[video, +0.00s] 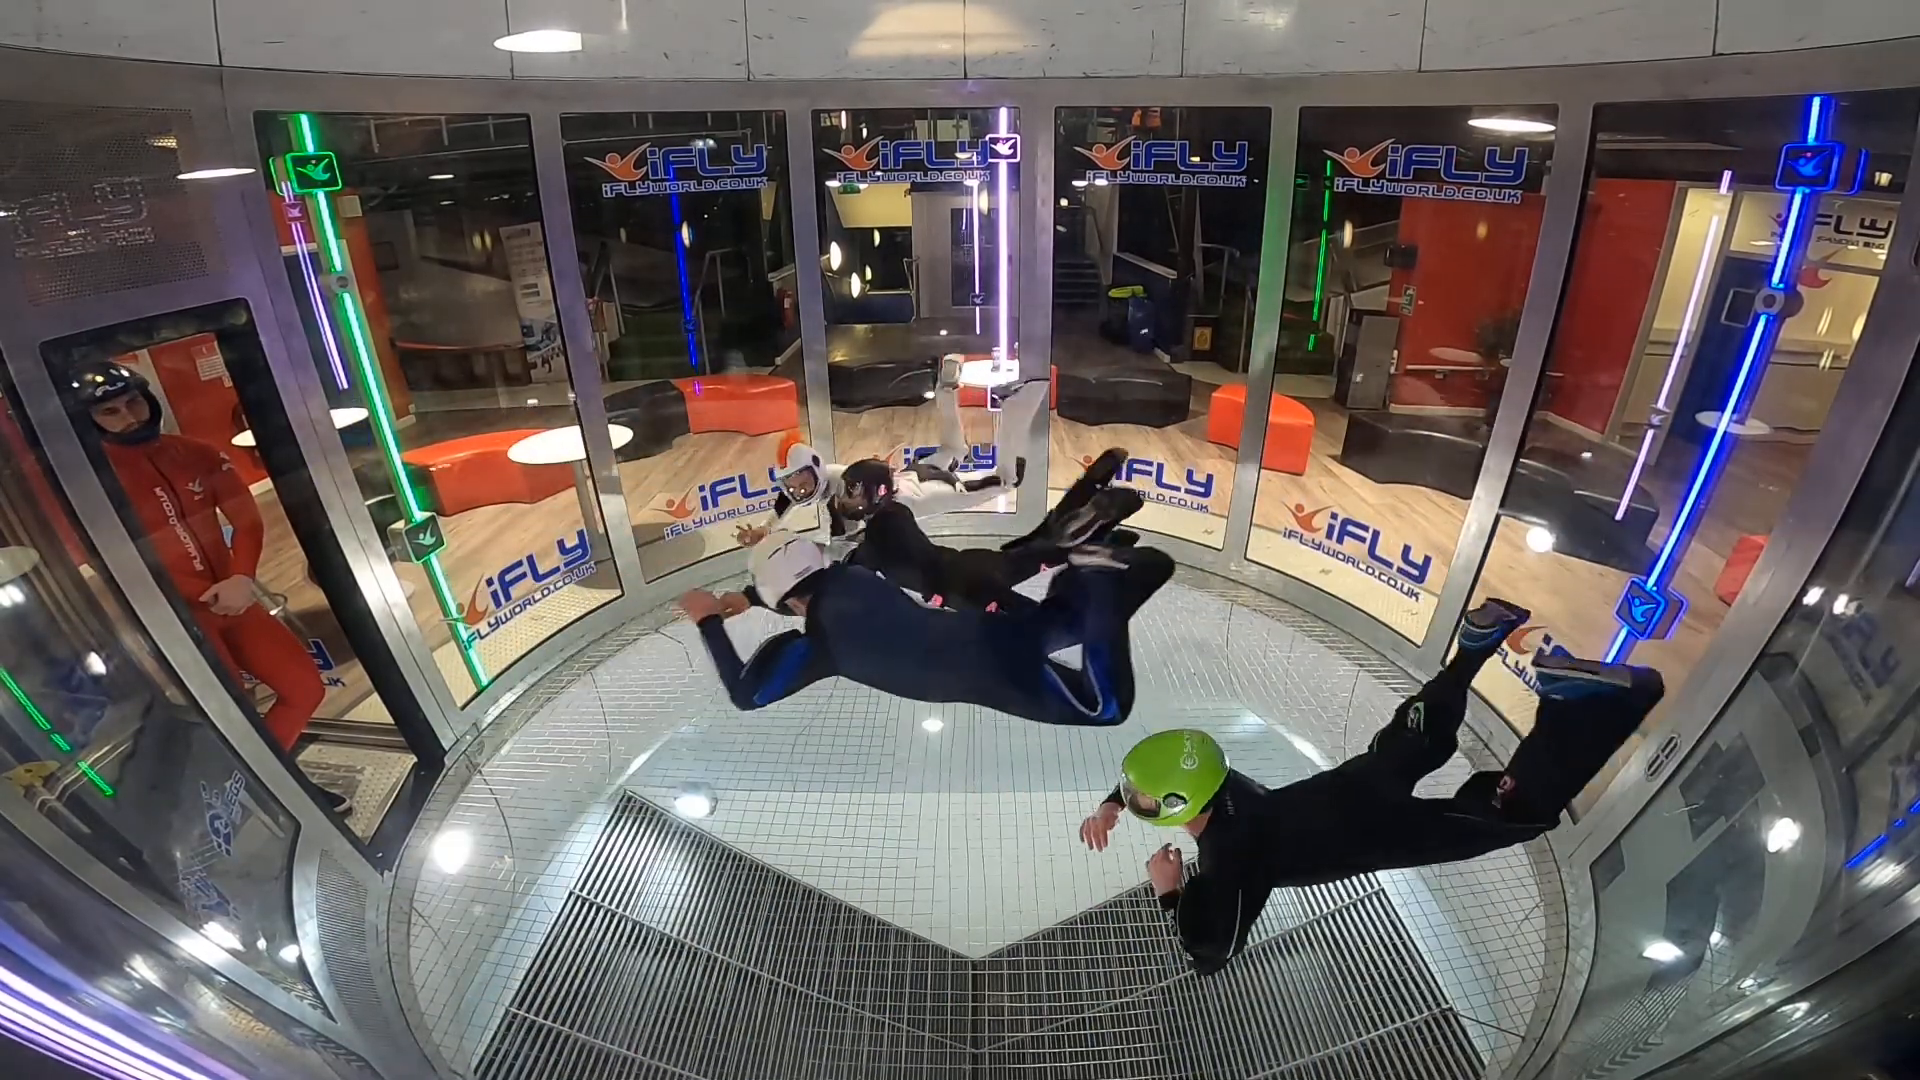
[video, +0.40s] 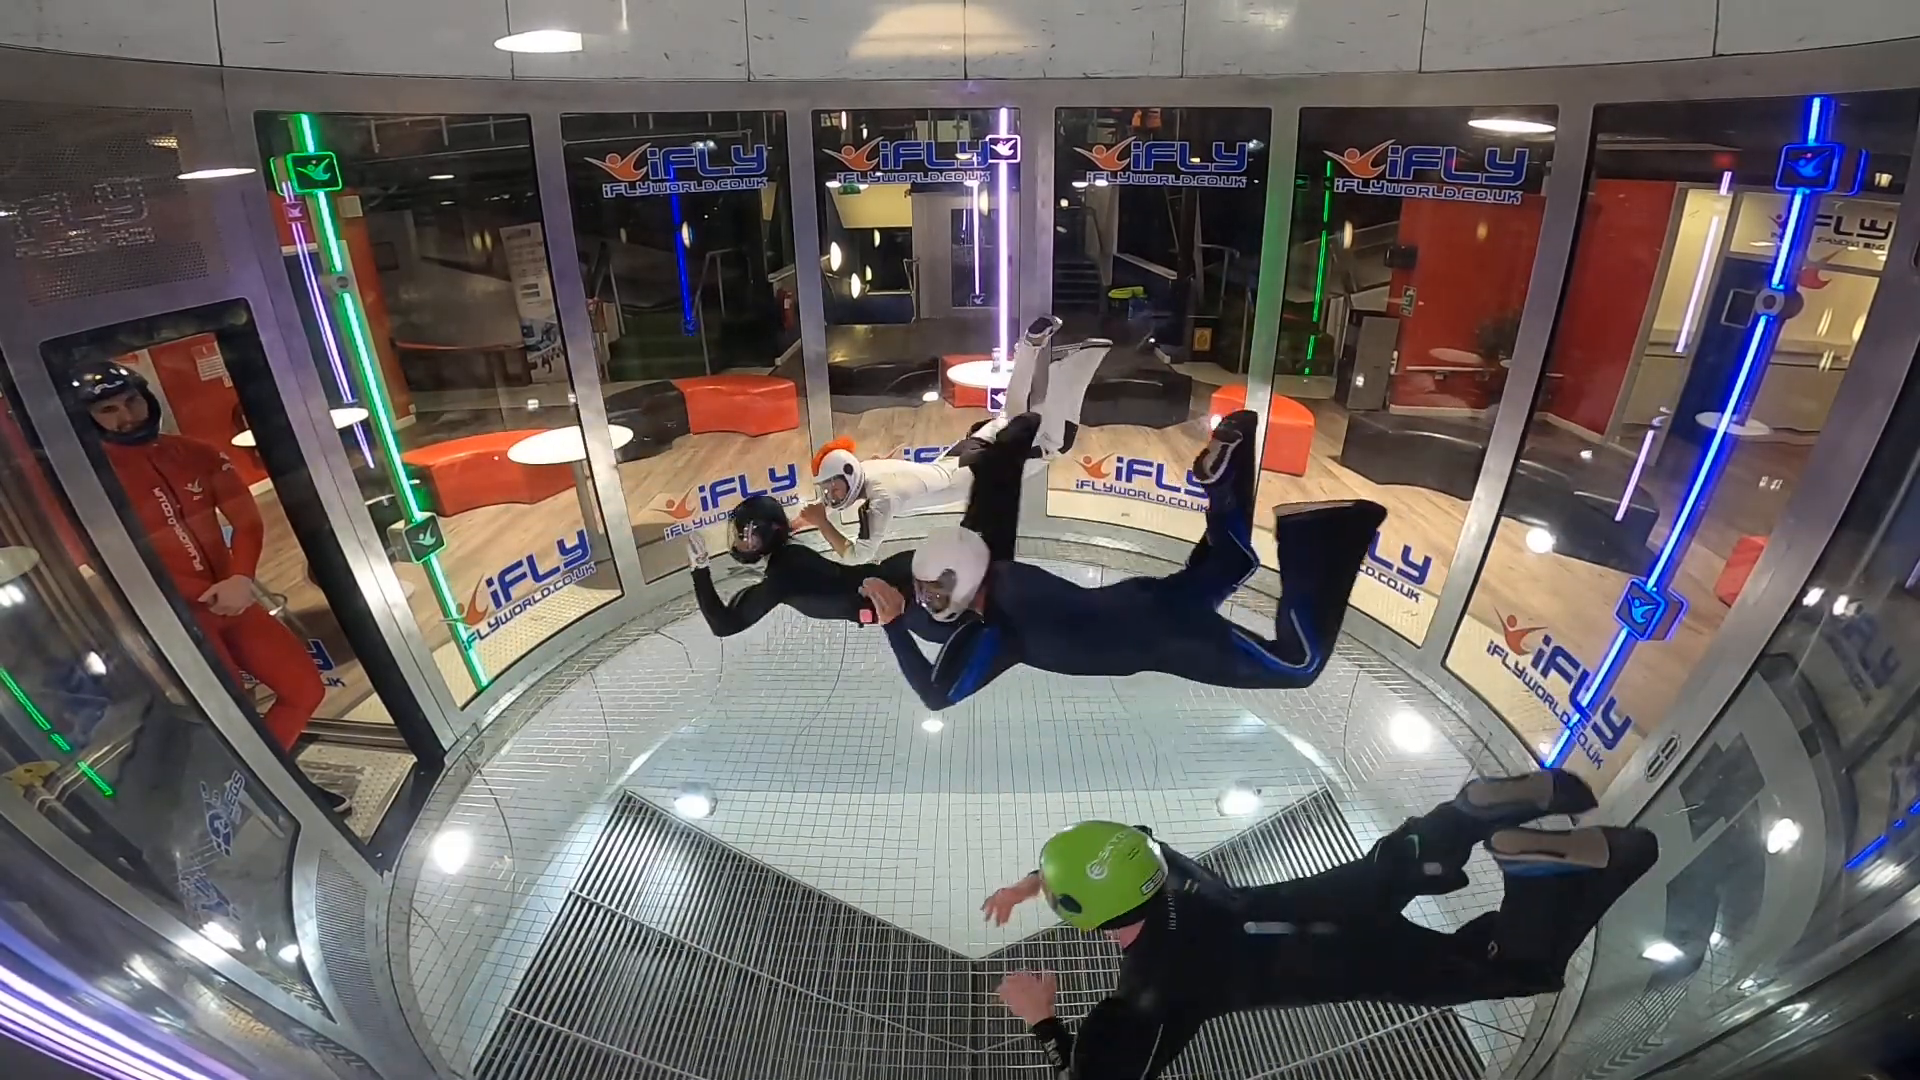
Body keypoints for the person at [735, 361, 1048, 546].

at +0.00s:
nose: (799, 490)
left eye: (802, 482)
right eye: (794, 486)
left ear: (814, 471)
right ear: (790, 484)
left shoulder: (838, 478)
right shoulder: (802, 495)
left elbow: (874, 481)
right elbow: (782, 517)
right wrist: (764, 534)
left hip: (909, 481)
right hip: (900, 489)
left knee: (956, 453)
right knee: (952, 488)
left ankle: (945, 388)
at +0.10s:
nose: (804, 480)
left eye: (807, 474)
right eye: (803, 475)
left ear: (818, 468)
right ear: (822, 462)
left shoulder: (843, 479)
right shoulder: (842, 472)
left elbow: (837, 517)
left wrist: (805, 512)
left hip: (922, 481)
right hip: (927, 466)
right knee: (974, 436)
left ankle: (1016, 472)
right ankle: (971, 371)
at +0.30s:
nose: (828, 491)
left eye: (833, 482)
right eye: (823, 485)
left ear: (850, 473)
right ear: (820, 480)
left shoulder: (878, 493)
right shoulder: (856, 471)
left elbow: (866, 547)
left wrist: (826, 535)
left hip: (970, 472)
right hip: (951, 457)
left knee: (1028, 452)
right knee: (1001, 420)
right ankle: (1017, 351)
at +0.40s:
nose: (830, 495)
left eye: (835, 486)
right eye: (825, 488)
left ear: (852, 475)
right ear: (829, 481)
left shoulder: (879, 496)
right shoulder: (855, 471)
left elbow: (859, 554)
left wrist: (823, 526)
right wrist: (813, 513)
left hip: (971, 473)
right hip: (952, 458)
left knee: (1050, 438)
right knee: (1006, 420)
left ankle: (1056, 363)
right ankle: (1033, 344)